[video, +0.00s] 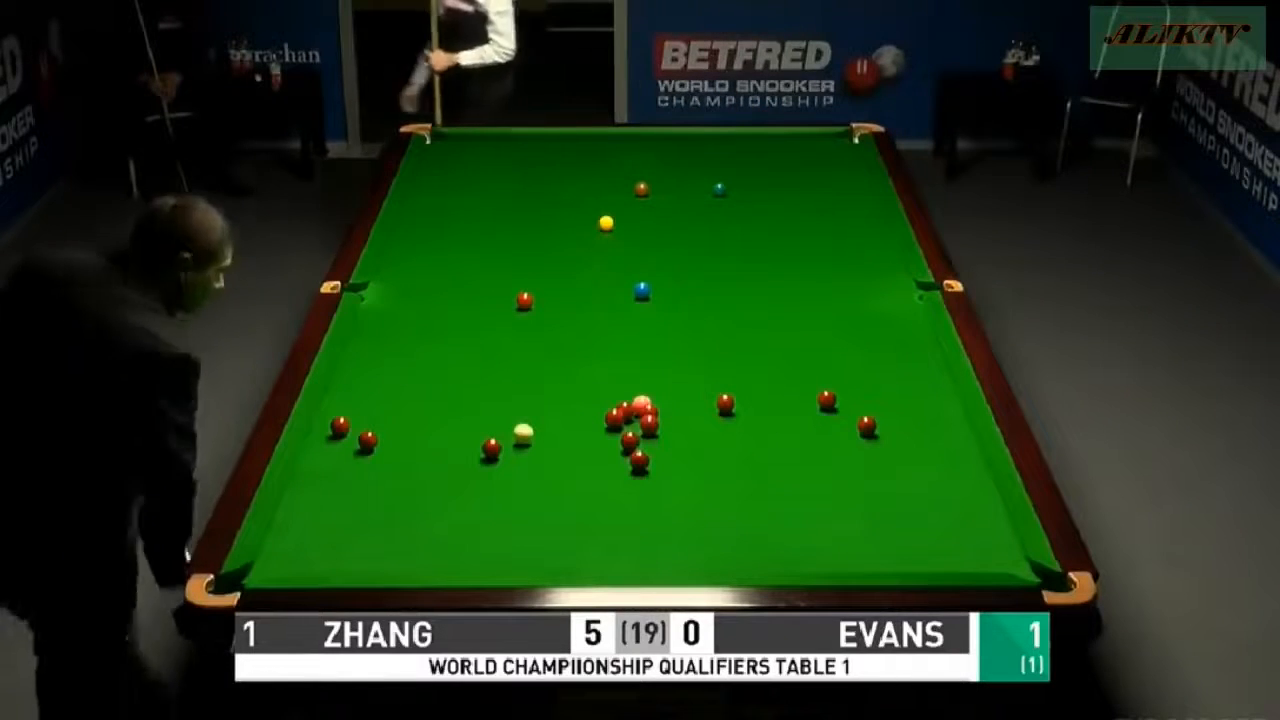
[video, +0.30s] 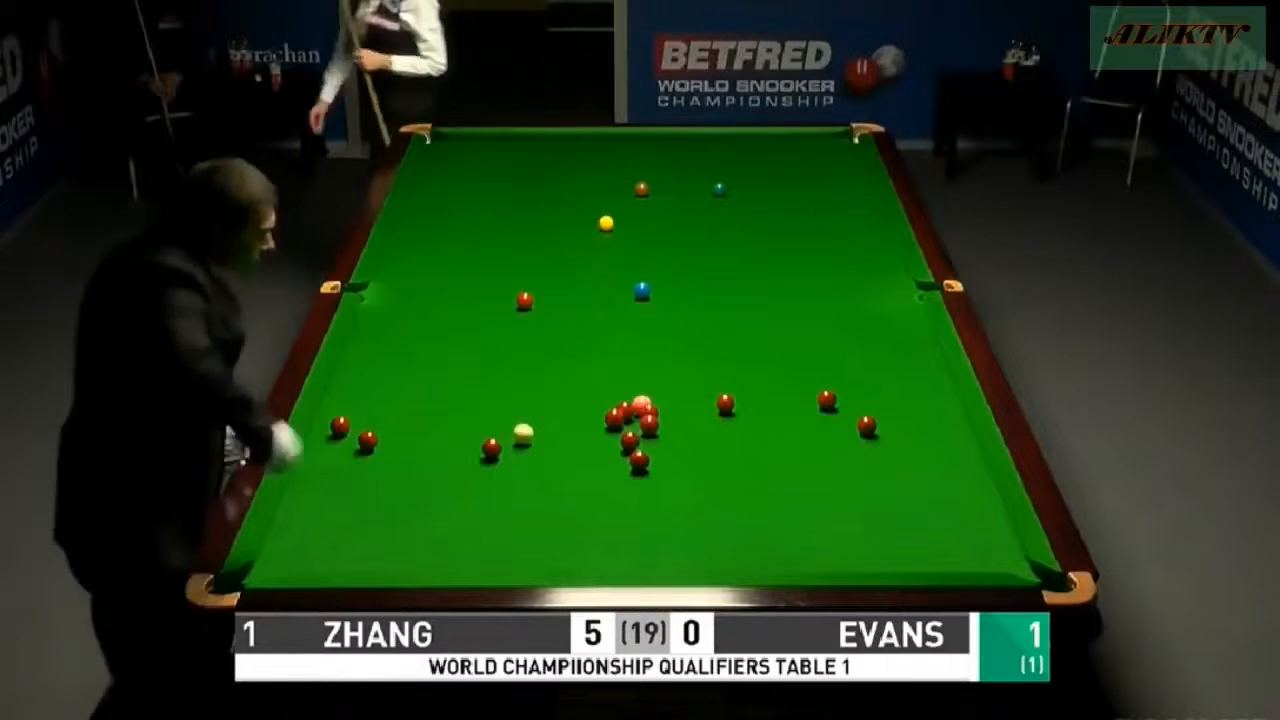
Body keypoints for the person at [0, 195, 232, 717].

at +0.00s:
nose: (223, 282)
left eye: (224, 271)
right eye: (218, 272)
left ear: (138, 245)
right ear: (181, 271)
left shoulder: (43, 273)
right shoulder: (161, 362)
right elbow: (169, 485)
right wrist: (171, 568)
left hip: (3, 512)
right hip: (82, 548)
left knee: (58, 660)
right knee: (100, 674)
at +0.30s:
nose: (269, 243)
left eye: (270, 231)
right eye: (262, 231)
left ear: (213, 222)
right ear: (224, 227)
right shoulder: (164, 279)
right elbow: (191, 371)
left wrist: (232, 429)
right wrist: (261, 426)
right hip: (132, 510)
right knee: (156, 667)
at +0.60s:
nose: (335, 250)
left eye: (336, 239)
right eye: (329, 239)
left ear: (267, 224)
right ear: (291, 238)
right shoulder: (237, 293)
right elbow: (301, 373)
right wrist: (422, 410)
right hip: (154, 508)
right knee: (171, 666)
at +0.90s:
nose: (426, 312)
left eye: (427, 299)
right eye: (422, 300)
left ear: (355, 268)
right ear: (392, 303)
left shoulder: (281, 271)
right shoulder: (357, 364)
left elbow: (201, 327)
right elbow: (429, 443)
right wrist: (543, 491)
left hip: (142, 470)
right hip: (205, 507)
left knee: (161, 649)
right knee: (205, 657)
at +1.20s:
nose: (460, 348)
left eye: (462, 334)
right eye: (458, 336)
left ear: (393, 294)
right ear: (430, 333)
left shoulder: (314, 286)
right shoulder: (387, 389)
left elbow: (226, 320)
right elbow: (465, 468)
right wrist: (579, 508)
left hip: (153, 458)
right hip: (202, 498)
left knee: (160, 649)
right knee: (196, 658)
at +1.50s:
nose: (455, 343)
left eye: (457, 330)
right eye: (453, 331)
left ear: (387, 288)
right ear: (426, 329)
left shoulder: (311, 282)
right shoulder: (383, 386)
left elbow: (205, 320)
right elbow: (457, 469)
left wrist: (255, 391)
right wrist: (568, 510)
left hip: (153, 461)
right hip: (203, 504)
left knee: (161, 653)